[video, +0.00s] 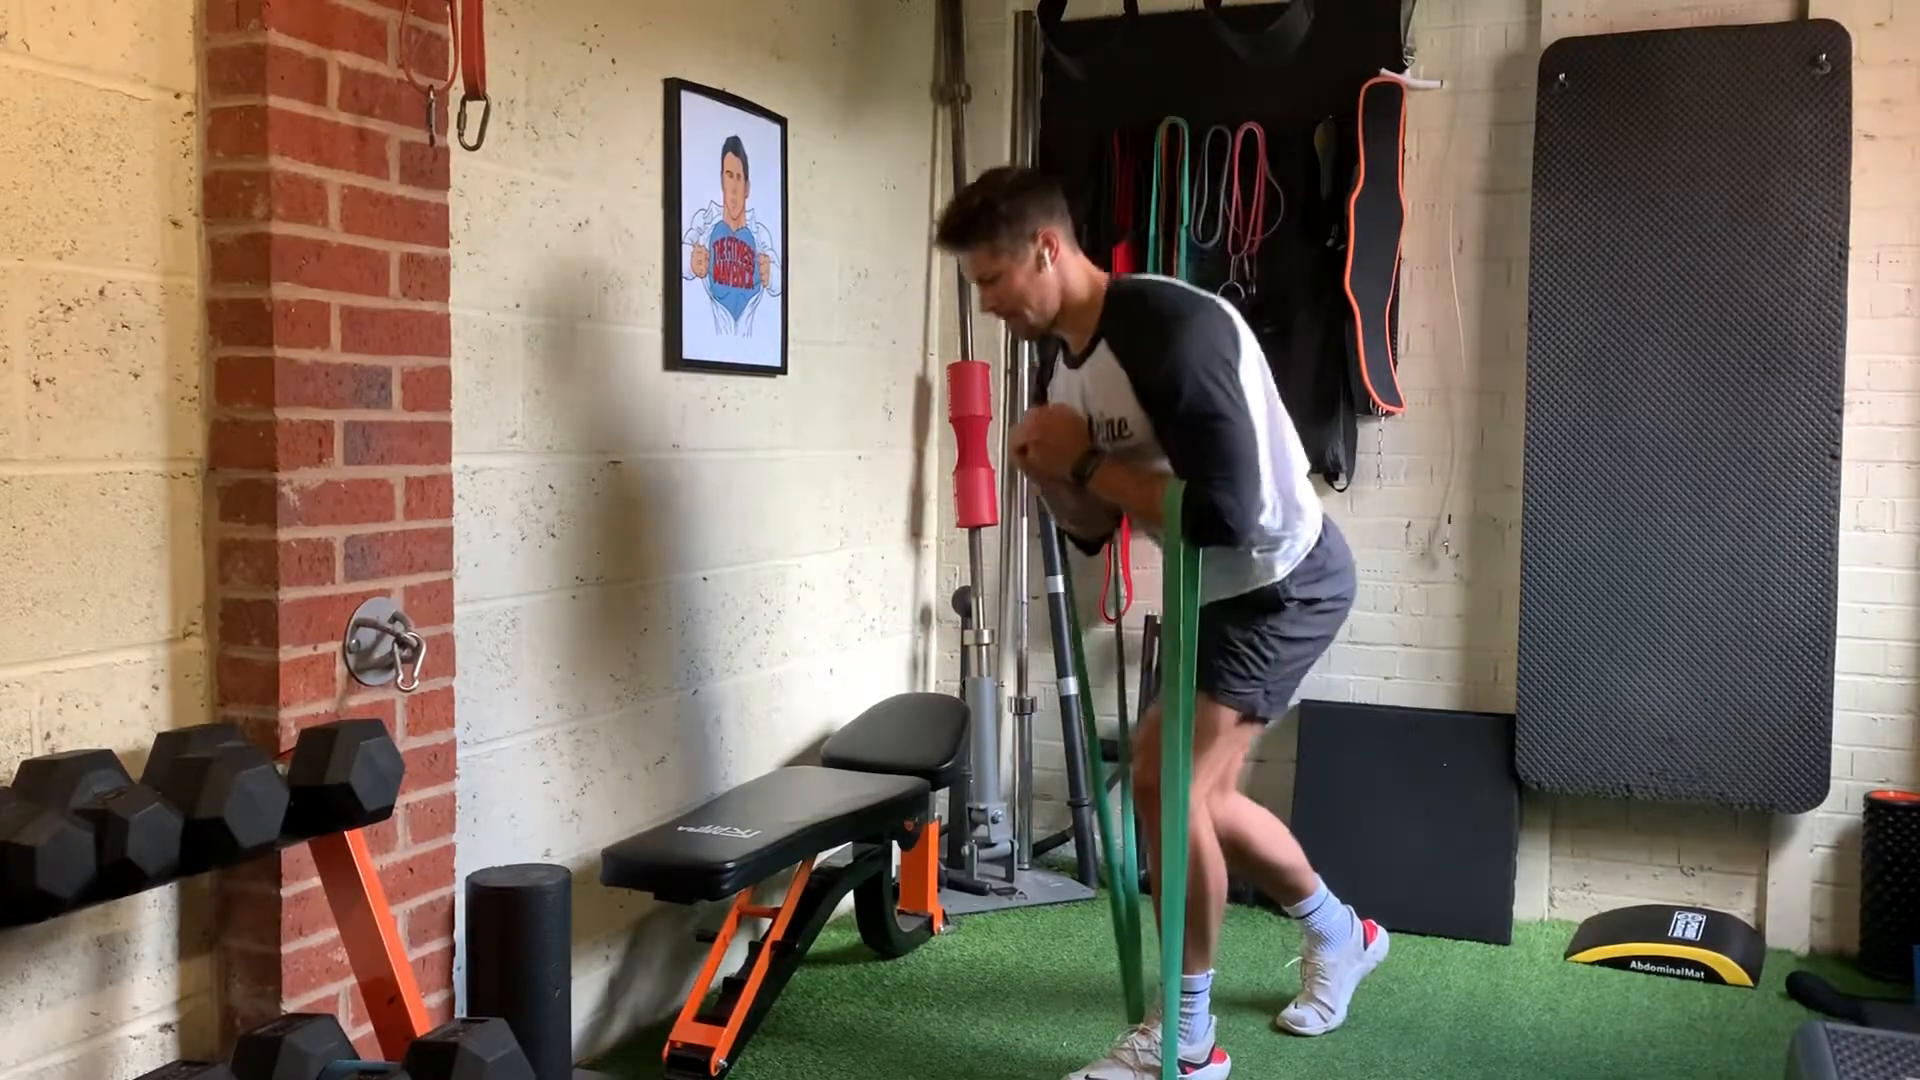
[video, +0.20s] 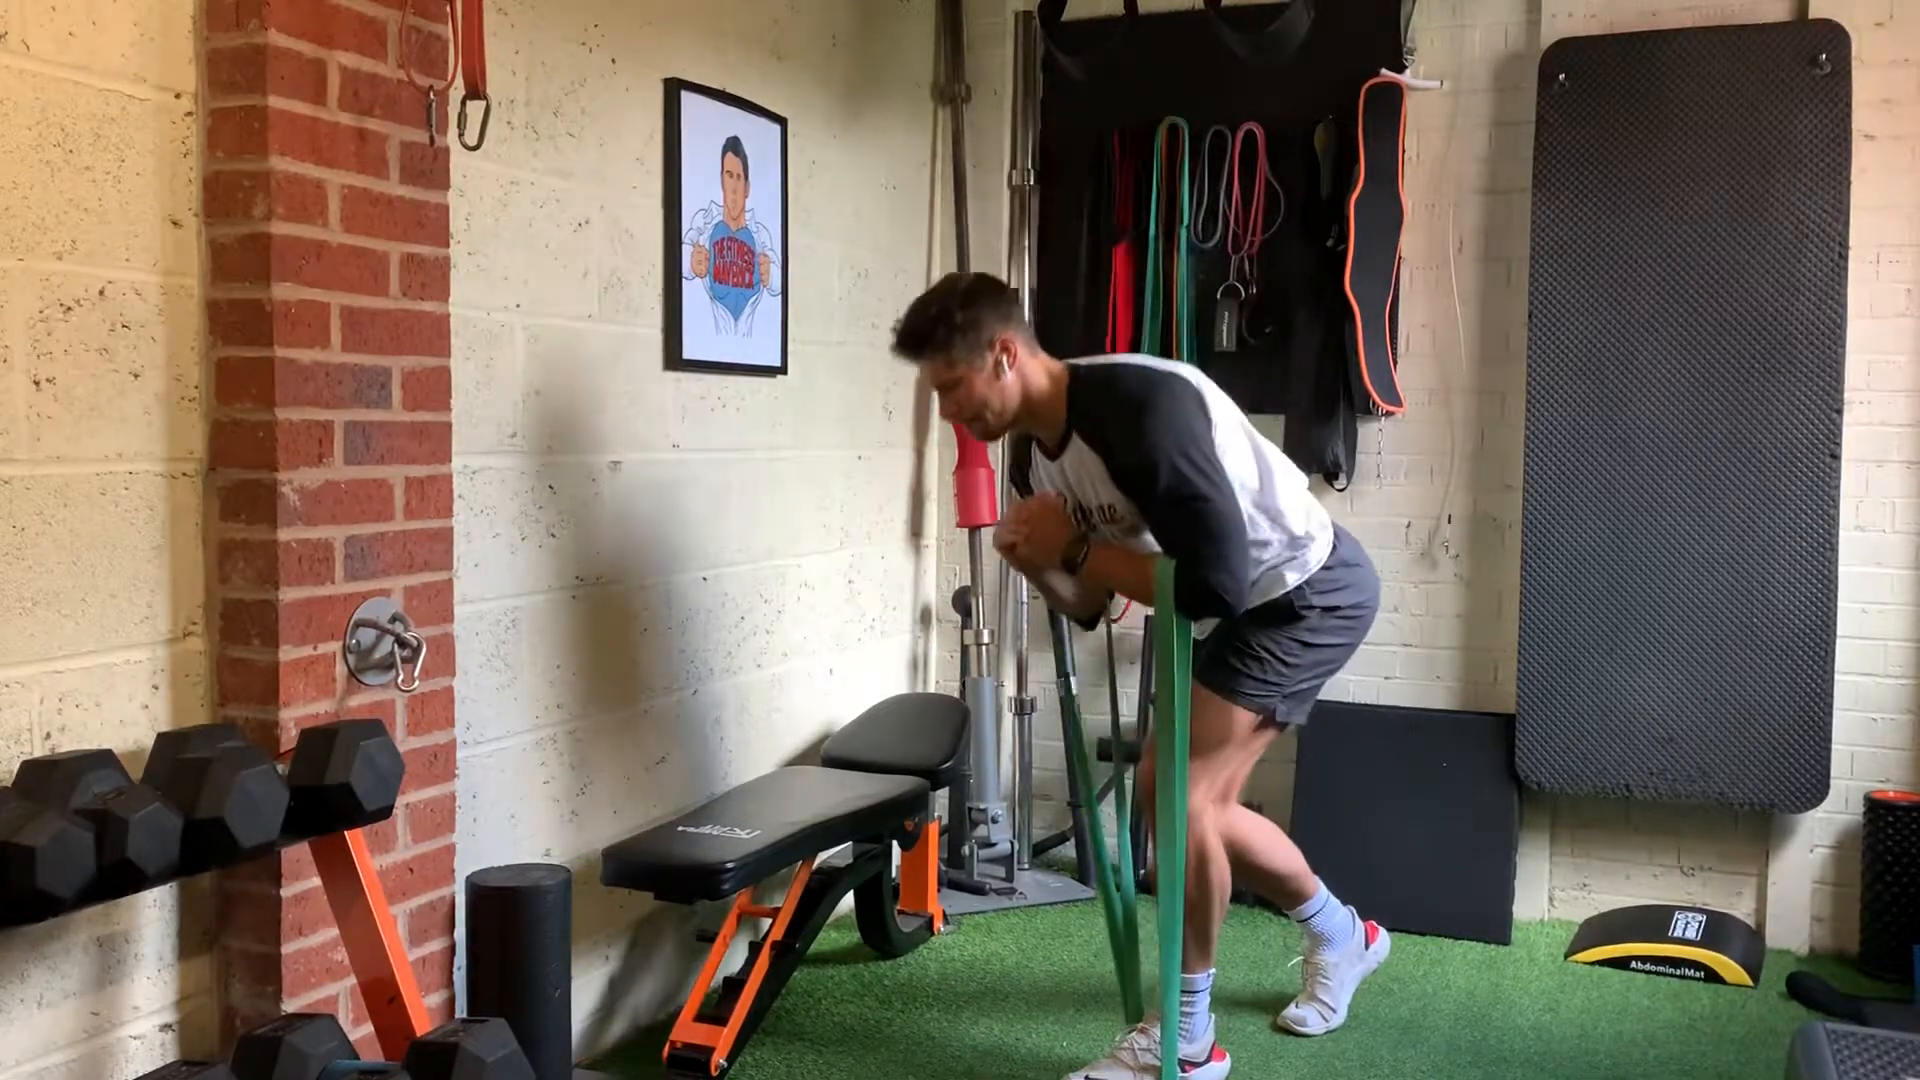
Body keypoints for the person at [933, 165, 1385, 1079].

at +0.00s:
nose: (987, 303)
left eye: (995, 279)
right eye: (976, 285)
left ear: (1051, 249)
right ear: (1036, 258)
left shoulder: (1178, 332)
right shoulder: (1063, 361)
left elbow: (1229, 514)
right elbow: (1096, 532)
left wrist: (1088, 466)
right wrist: (1049, 473)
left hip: (1285, 578)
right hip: (1210, 578)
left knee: (1162, 779)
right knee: (1201, 794)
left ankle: (1187, 1035)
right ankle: (1341, 931)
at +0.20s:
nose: (944, 412)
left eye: (950, 387)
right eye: (937, 394)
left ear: (1008, 356)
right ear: (1005, 362)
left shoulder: (1149, 410)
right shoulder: (1032, 451)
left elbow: (1221, 584)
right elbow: (1093, 605)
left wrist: (1079, 548)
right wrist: (1042, 565)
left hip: (1309, 589)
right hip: (1233, 599)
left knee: (1173, 788)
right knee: (1201, 809)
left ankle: (1187, 1034)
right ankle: (1342, 934)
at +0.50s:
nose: (922, 539)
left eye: (926, 518)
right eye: (913, 522)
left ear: (981, 488)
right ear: (981, 490)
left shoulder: (1128, 513)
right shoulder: (1020, 552)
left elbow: (1222, 680)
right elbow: (1099, 685)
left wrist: (1076, 657)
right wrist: (1043, 670)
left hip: (1327, 597)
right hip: (1243, 610)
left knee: (1196, 797)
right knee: (1199, 810)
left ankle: (1187, 1041)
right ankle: (1348, 938)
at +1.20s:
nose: (949, 429)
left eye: (954, 406)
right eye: (939, 411)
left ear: (1012, 375)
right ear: (1010, 380)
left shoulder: (1143, 429)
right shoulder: (1034, 467)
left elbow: (1217, 603)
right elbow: (1096, 616)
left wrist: (1079, 563)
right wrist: (1036, 576)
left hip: (1317, 590)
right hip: (1239, 602)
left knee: (1178, 789)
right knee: (1212, 824)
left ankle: (1186, 1036)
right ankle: (1347, 935)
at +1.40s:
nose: (989, 311)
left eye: (997, 286)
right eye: (978, 293)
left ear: (1053, 256)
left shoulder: (1176, 337)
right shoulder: (1056, 368)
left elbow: (1219, 519)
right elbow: (1086, 538)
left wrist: (1087, 463)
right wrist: (1050, 466)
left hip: (1294, 576)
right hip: (1218, 585)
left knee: (1170, 781)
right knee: (1223, 816)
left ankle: (1187, 1035)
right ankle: (1351, 938)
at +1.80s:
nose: (1089, 185)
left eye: (1100, 161)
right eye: (1075, 167)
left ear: (1154, 134)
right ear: (1072, 160)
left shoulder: (1247, 240)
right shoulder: (1116, 255)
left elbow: (1243, 414)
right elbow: (1090, 428)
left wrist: (1127, 327)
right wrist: (1088, 336)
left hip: (1236, 545)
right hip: (1156, 553)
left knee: (1164, 768)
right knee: (1232, 774)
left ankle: (1187, 1033)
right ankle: (1340, 930)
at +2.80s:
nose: (991, 295)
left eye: (999, 271)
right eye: (981, 276)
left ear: (1057, 242)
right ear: (1049, 249)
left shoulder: (1184, 326)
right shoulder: (1068, 348)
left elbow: (1227, 508)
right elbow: (1105, 525)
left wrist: (1089, 453)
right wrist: (1056, 463)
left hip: (1290, 579)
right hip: (1213, 580)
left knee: (1169, 782)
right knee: (1200, 790)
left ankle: (1188, 1036)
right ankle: (1343, 931)